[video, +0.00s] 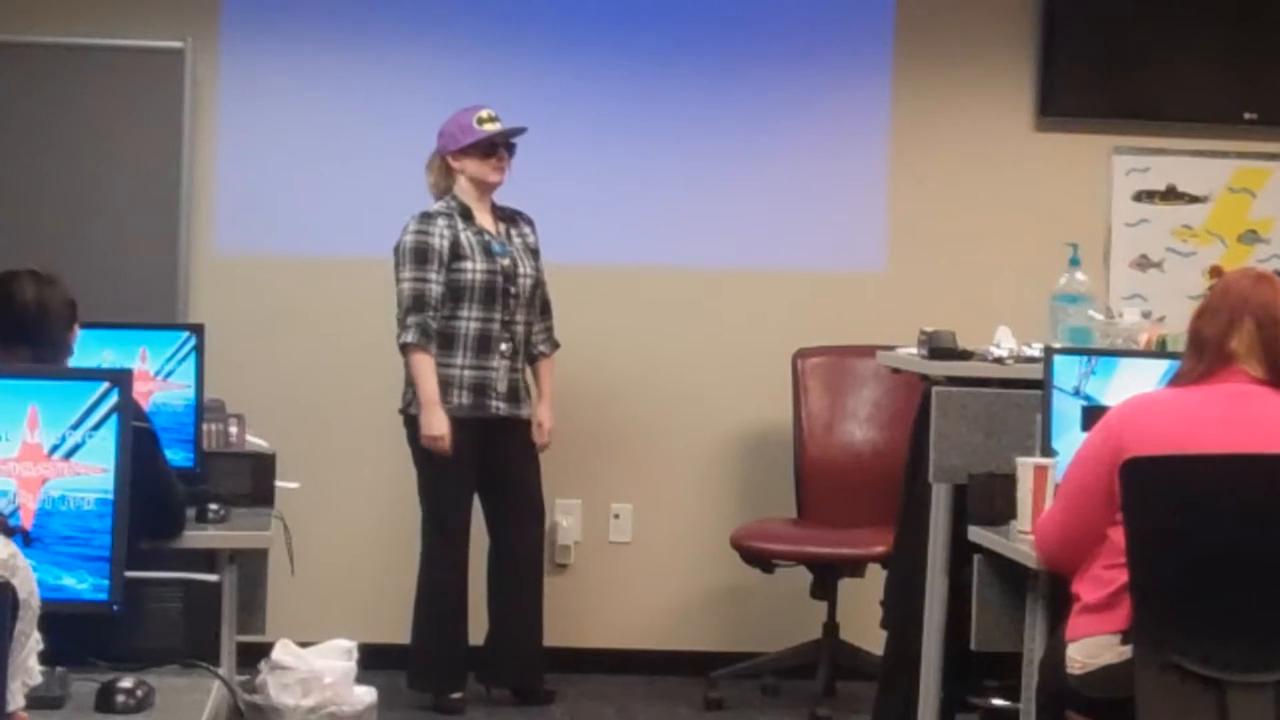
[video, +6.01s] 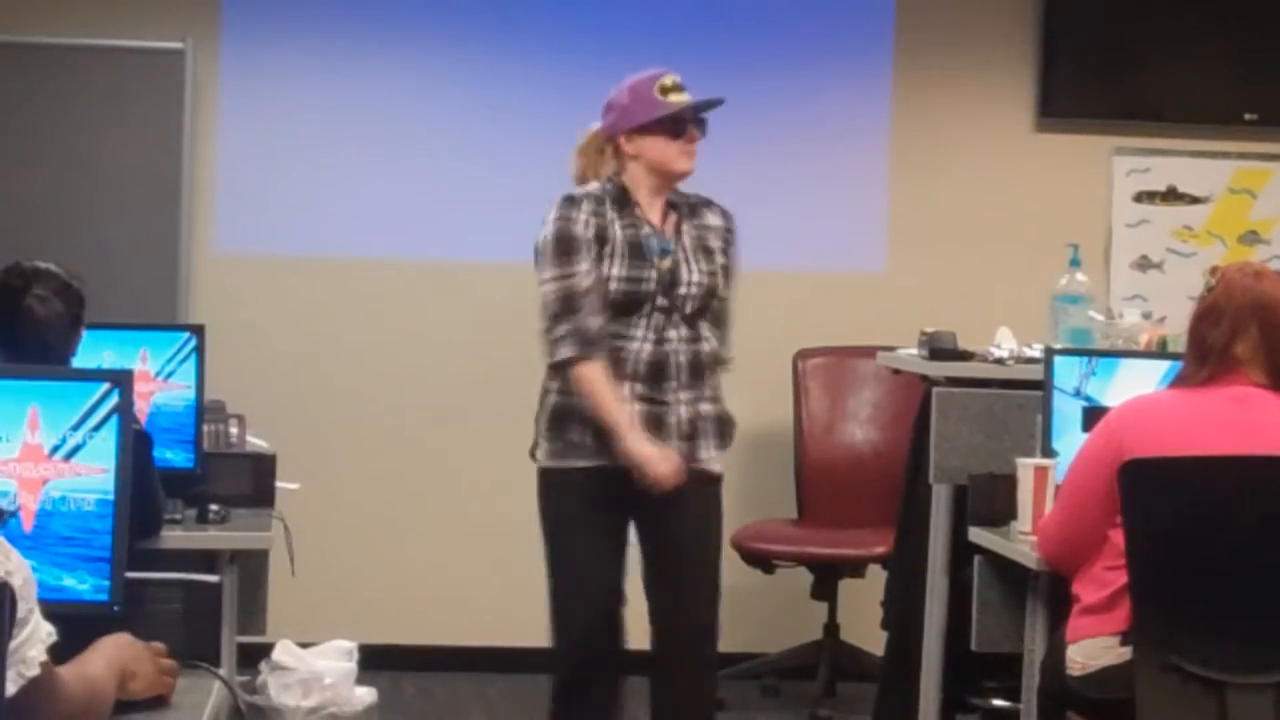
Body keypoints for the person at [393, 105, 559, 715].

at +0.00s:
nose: (501, 158)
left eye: (505, 150)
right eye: (487, 151)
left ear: (506, 159)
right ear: (454, 158)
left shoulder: (520, 230)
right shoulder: (427, 228)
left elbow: (538, 322)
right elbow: (414, 327)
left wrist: (544, 398)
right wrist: (430, 406)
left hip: (509, 415)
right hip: (446, 414)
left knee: (520, 543)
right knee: (447, 548)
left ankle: (515, 673)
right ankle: (440, 679)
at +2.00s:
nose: (469, 157)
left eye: (482, 148)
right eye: (458, 149)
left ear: (503, 160)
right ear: (445, 161)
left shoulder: (532, 235)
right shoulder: (418, 229)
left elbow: (550, 331)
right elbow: (386, 323)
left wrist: (555, 411)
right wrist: (382, 403)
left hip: (512, 411)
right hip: (431, 412)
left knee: (540, 529)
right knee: (436, 544)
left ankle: (537, 674)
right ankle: (435, 681)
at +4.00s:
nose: (589, 175)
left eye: (591, 165)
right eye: (572, 166)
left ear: (592, 175)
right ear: (529, 178)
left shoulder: (605, 247)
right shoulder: (494, 247)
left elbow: (632, 331)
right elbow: (510, 323)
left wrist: (655, 401)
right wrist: (574, 356)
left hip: (592, 446)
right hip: (505, 445)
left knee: (600, 591)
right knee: (495, 587)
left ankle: (570, 713)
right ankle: (489, 707)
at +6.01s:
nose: (694, 136)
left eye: (694, 126)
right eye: (674, 128)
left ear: (691, 134)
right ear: (627, 141)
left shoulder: (712, 221)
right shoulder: (577, 213)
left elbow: (714, 343)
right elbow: (575, 345)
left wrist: (696, 444)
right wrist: (637, 441)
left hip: (685, 462)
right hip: (583, 461)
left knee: (690, 652)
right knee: (588, 650)